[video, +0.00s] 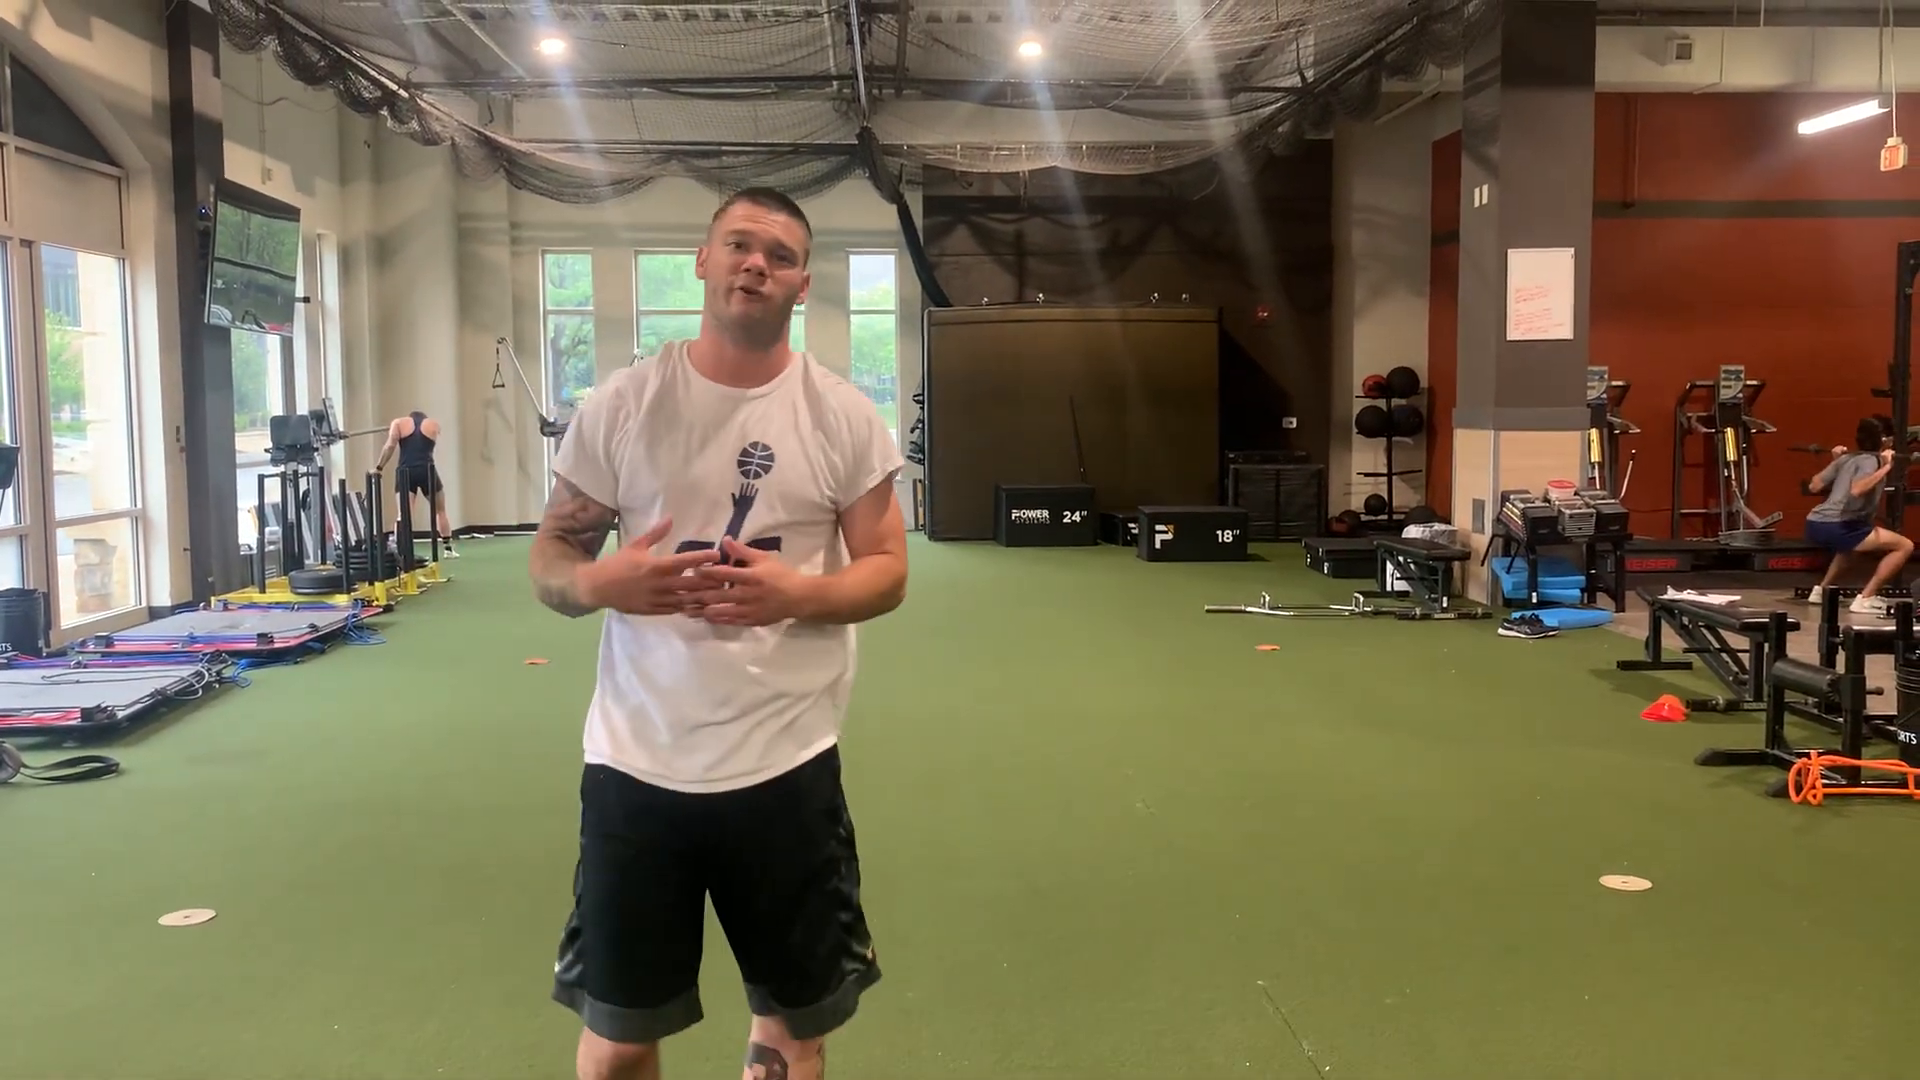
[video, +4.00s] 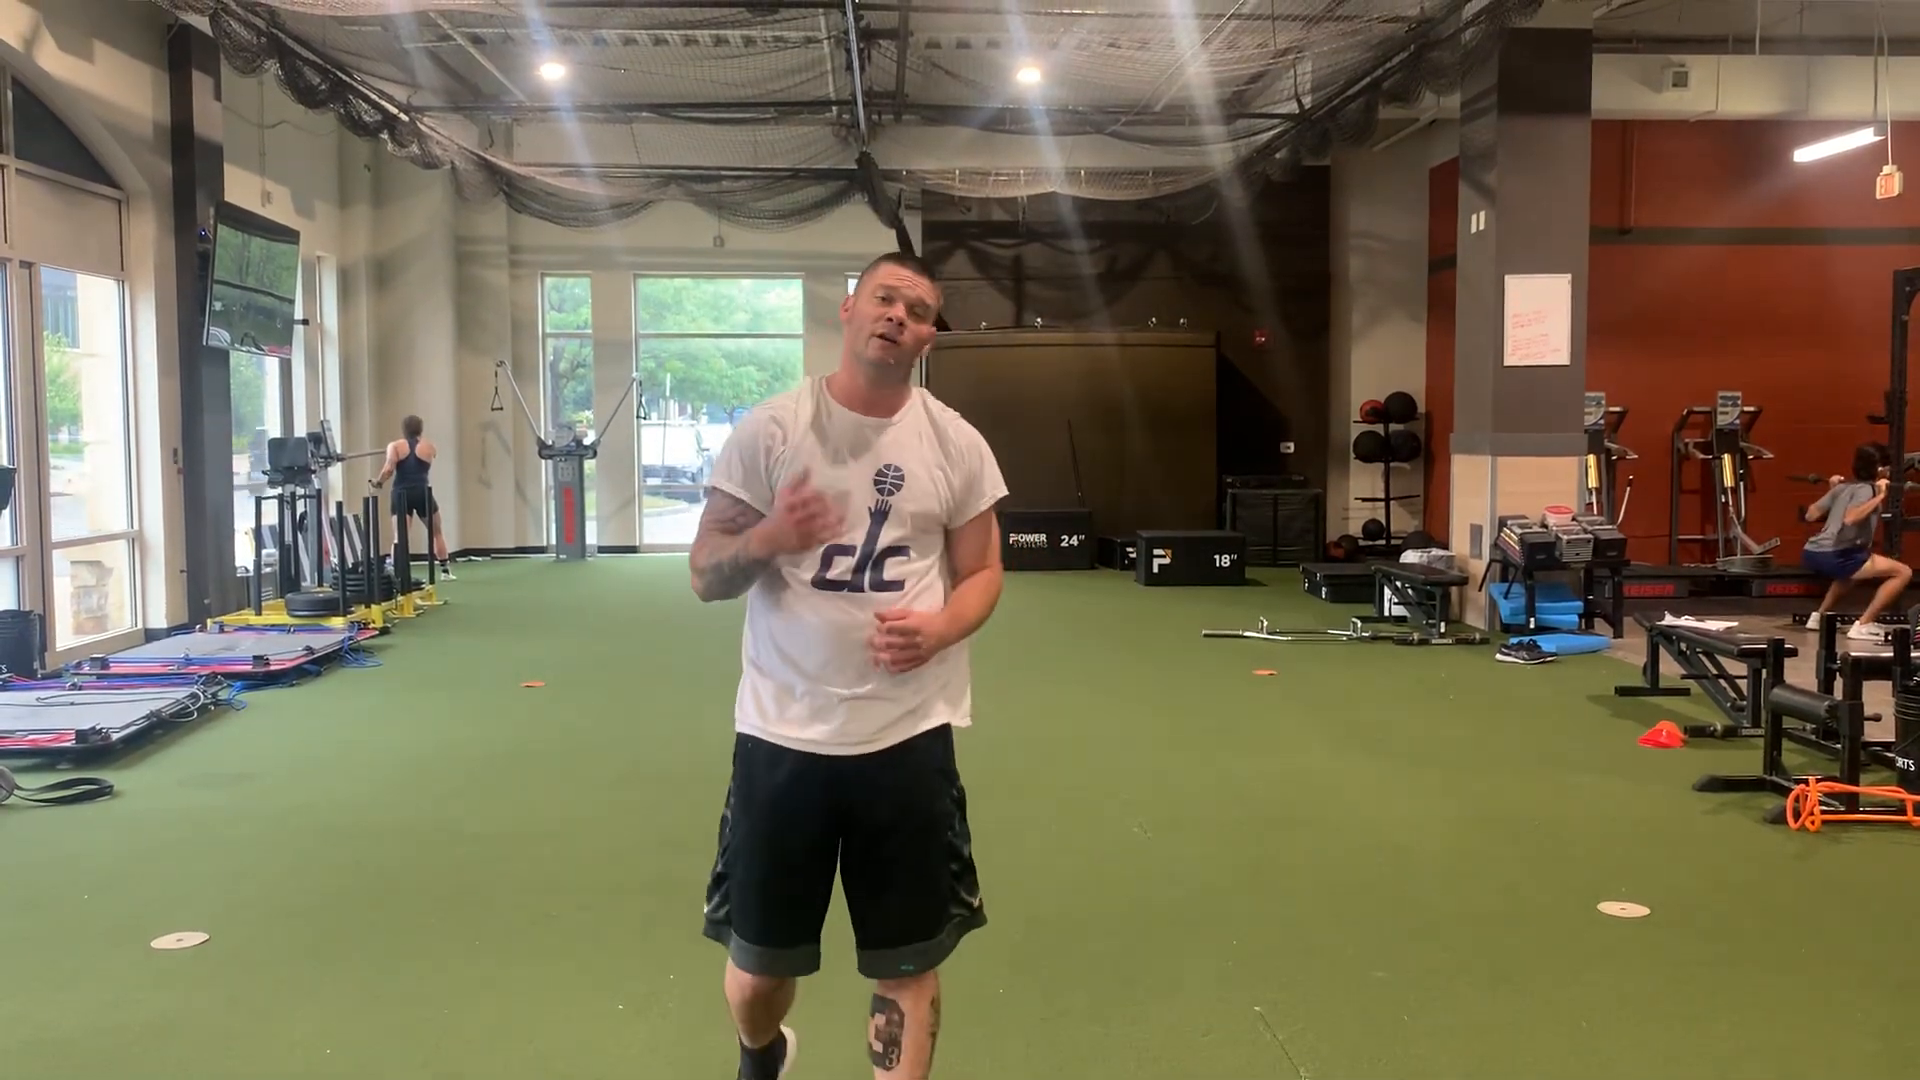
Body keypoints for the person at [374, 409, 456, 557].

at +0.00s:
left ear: (410, 416)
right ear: (424, 417)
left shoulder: (398, 423)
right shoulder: (433, 425)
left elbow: (390, 446)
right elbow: (430, 446)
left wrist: (379, 467)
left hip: (405, 472)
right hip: (426, 471)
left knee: (403, 514)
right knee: (440, 510)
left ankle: (397, 547)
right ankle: (448, 548)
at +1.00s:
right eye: (421, 430)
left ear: (403, 428)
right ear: (419, 429)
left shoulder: (392, 436)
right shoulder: (426, 436)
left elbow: (384, 455)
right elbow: (429, 445)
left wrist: (370, 473)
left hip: (397, 484)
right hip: (418, 483)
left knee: (396, 525)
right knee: (433, 522)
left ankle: (390, 559)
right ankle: (442, 560)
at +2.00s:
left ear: (403, 429)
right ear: (419, 431)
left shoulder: (393, 436)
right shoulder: (427, 440)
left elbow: (383, 459)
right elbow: (424, 456)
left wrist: (383, 449)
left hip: (398, 485)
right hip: (419, 484)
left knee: (395, 528)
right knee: (432, 524)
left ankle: (389, 563)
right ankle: (441, 563)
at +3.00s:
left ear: (405, 431)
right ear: (422, 431)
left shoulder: (396, 446)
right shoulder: (431, 447)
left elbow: (388, 469)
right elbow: (425, 467)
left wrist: (375, 488)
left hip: (401, 492)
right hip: (422, 491)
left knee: (399, 535)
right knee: (436, 531)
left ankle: (395, 570)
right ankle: (444, 569)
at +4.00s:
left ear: (404, 430)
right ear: (420, 430)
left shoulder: (395, 446)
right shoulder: (429, 448)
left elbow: (389, 469)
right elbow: (428, 463)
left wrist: (379, 482)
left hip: (401, 493)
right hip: (422, 493)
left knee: (399, 536)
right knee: (436, 532)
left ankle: (394, 570)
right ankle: (445, 570)